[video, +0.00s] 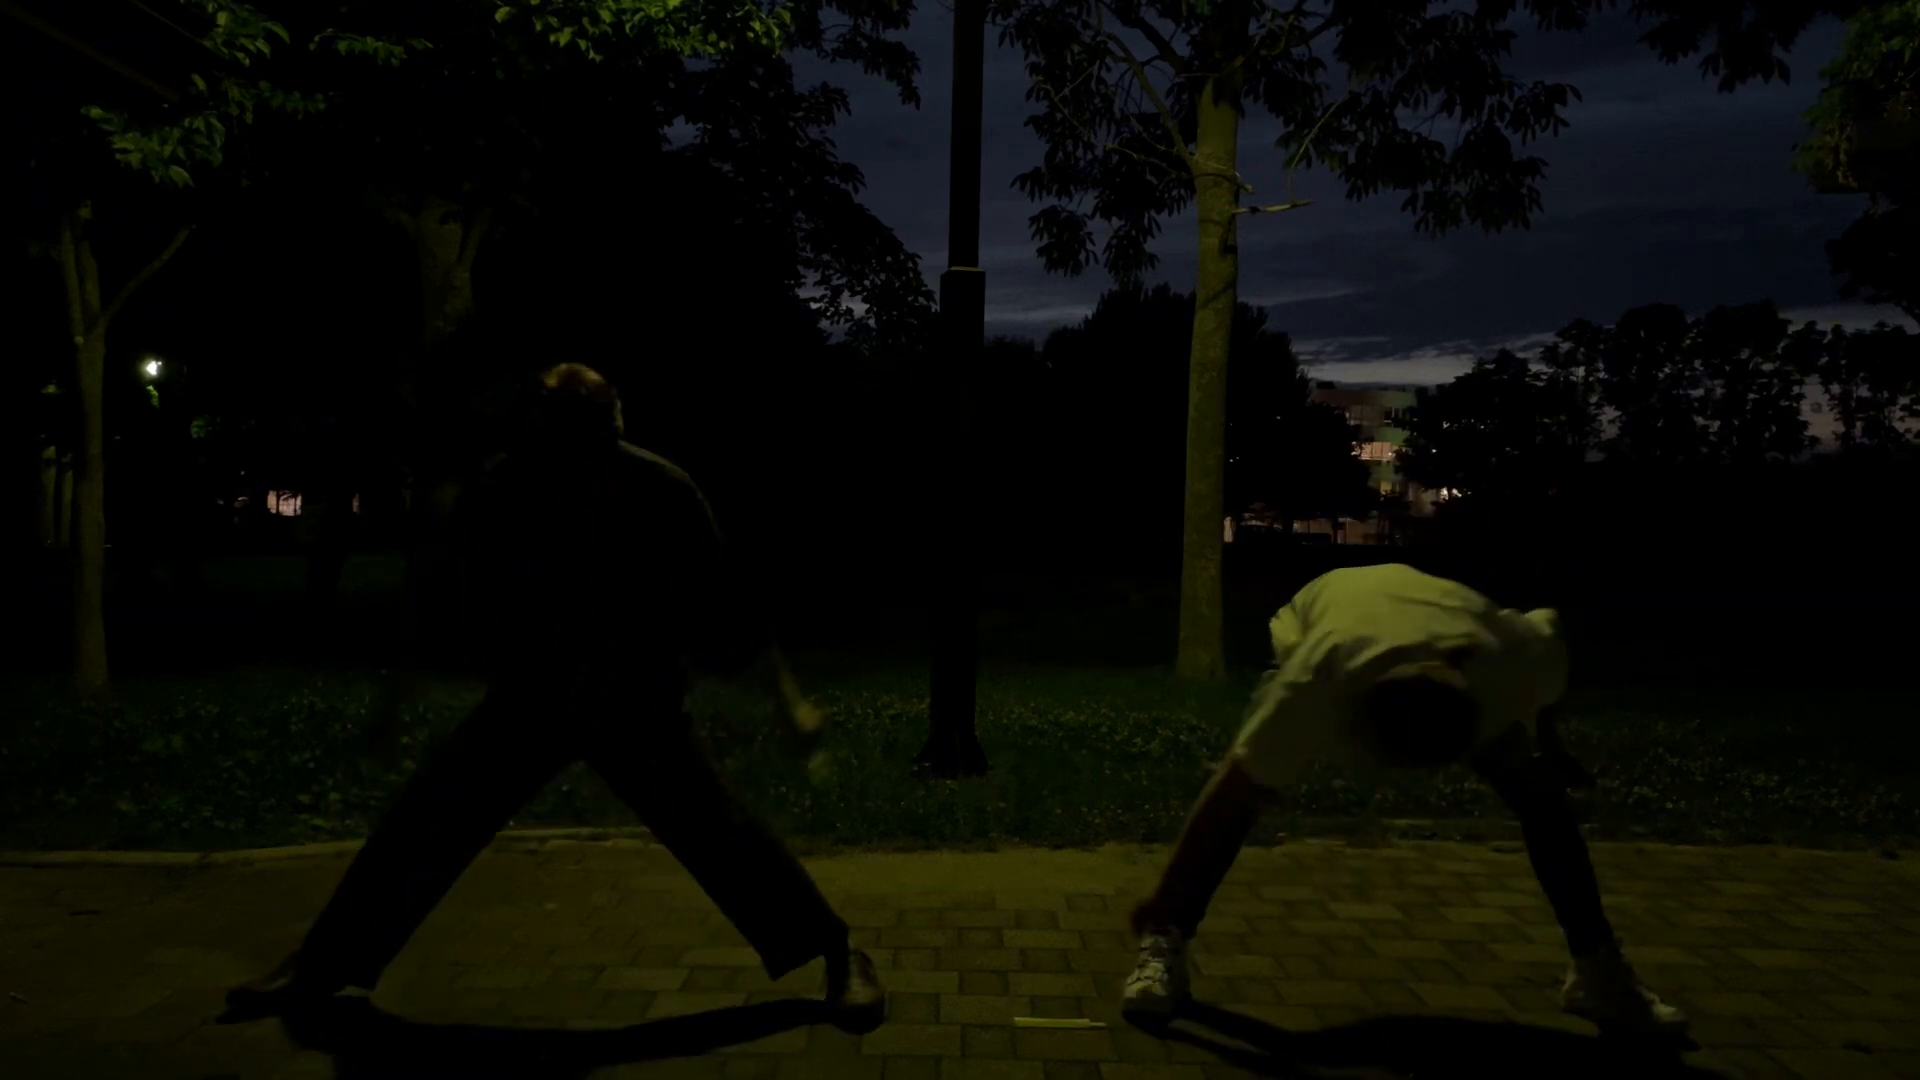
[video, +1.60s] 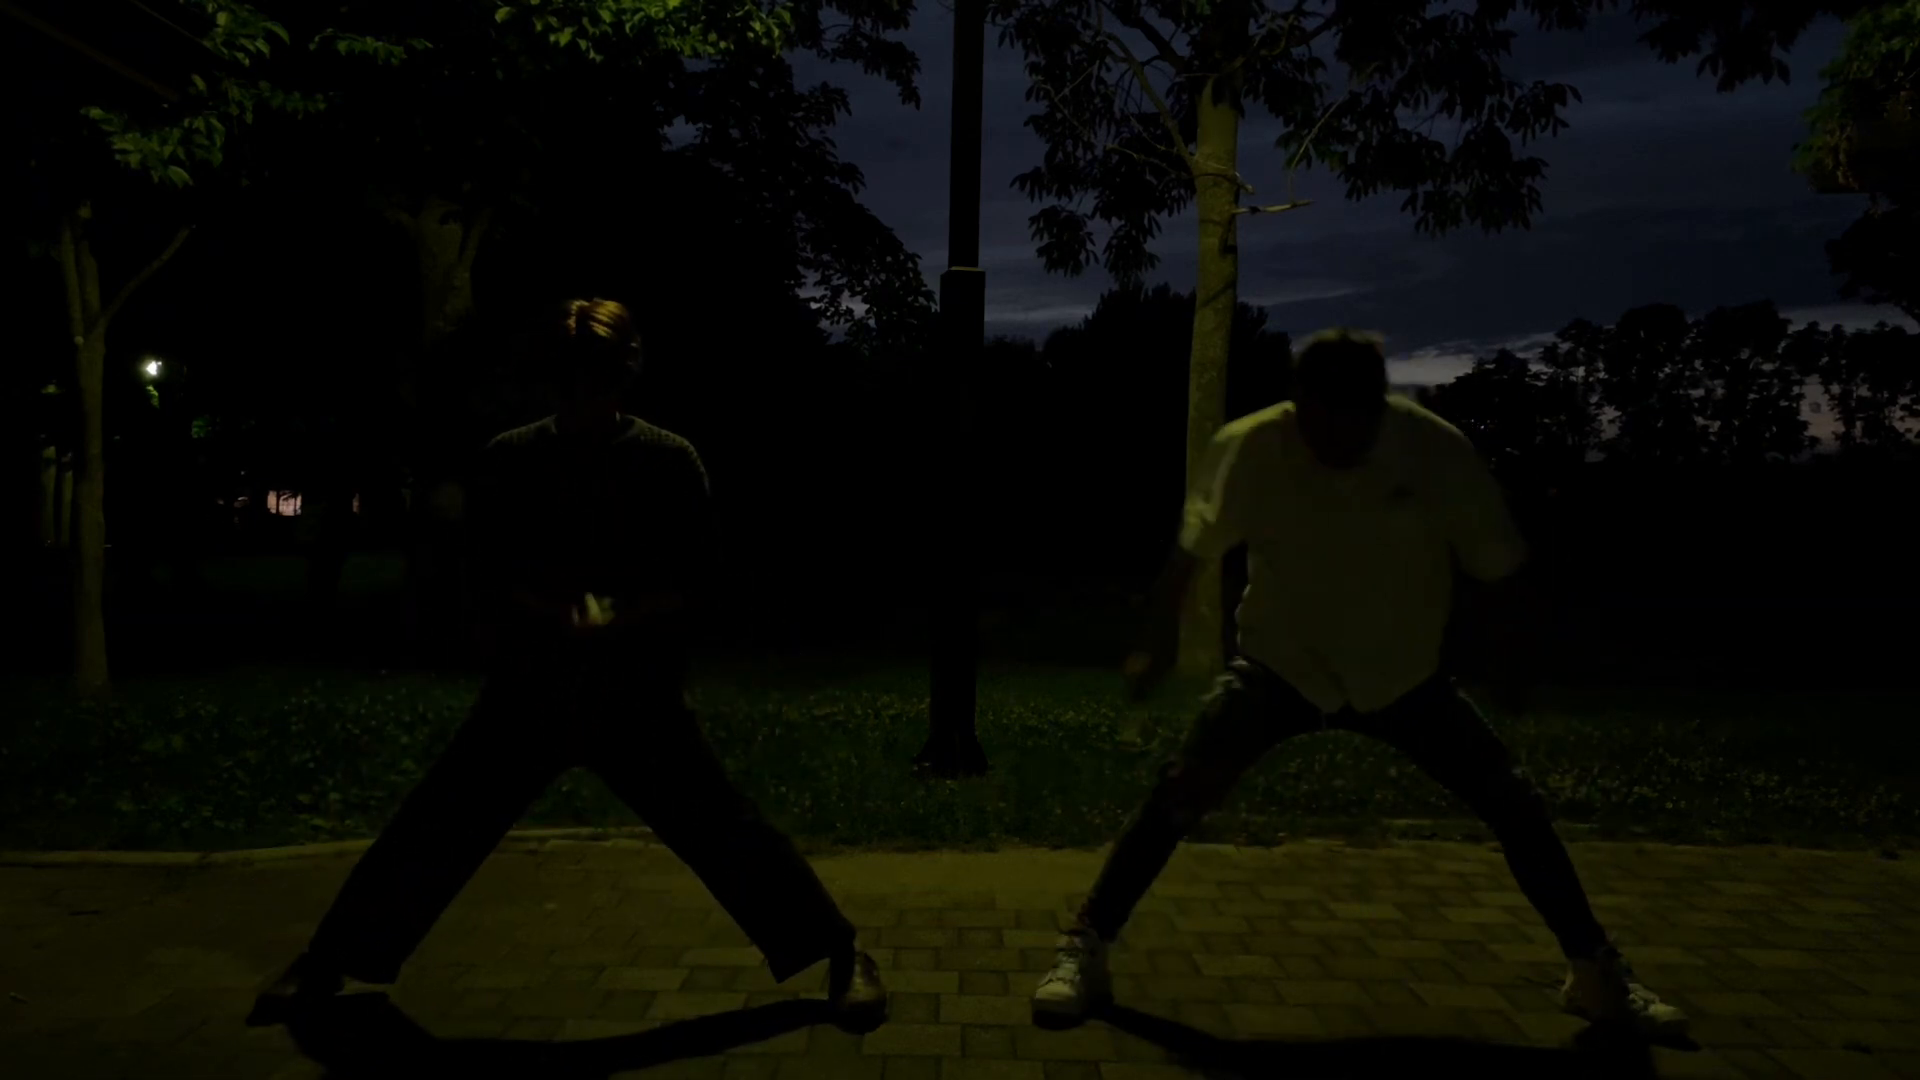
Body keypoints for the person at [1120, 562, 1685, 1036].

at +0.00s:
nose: (1410, 764)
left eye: (1428, 752)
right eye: (1399, 754)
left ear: (1463, 707)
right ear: (1370, 717)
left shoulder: (1512, 654)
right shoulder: (1316, 677)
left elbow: (1557, 640)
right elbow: (1230, 788)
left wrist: (1556, 751)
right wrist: (1161, 916)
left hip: (1441, 600)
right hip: (1318, 612)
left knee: (1544, 805)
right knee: (1247, 793)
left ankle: (1603, 974)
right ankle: (1164, 947)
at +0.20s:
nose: (1323, 771)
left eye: (1341, 761)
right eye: (1314, 762)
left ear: (1373, 719)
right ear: (1290, 732)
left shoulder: (1438, 675)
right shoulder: (1245, 707)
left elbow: (1518, 651)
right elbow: (1180, 810)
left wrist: (1523, 752)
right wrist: (1114, 929)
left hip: (1393, 609)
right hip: (1276, 616)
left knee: (1515, 799)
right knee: (1206, 797)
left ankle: (1600, 974)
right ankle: (1163, 955)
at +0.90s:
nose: (1256, 757)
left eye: (1270, 747)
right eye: (1247, 743)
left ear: (1313, 712)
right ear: (1231, 707)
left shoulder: (1394, 666)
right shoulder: (1215, 688)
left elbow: (1481, 674)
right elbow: (1148, 804)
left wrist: (1508, 765)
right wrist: (1074, 913)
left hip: (1388, 625)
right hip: (1270, 622)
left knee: (1511, 807)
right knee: (1195, 792)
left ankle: (1601, 975)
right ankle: (1160, 956)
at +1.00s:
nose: (1305, 707)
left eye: (1320, 692)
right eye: (1294, 689)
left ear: (1356, 659)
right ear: (1270, 653)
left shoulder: (1423, 614)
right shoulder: (1238, 634)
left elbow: (1498, 678)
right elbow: (1157, 718)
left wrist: (1529, 768)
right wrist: (1108, 803)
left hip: (1411, 683)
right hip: (1287, 702)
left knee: (1520, 802)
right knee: (1218, 792)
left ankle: (1600, 973)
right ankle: (1161, 951)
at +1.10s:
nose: (1342, 636)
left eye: (1357, 623)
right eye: (1329, 620)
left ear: (1392, 587)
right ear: (1304, 588)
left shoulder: (1455, 574)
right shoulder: (1267, 576)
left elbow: (1511, 676)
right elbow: (1188, 643)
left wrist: (1546, 767)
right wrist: (1142, 721)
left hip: (1424, 668)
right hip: (1304, 670)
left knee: (1533, 803)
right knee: (1236, 788)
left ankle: (1601, 975)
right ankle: (1162, 951)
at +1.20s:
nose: (1374, 546)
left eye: (1389, 531)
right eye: (1366, 528)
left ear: (1424, 504)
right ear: (1346, 494)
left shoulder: (1483, 516)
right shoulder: (1300, 488)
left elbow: (1527, 636)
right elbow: (1253, 572)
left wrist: (1547, 726)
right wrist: (1216, 631)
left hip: (1438, 654)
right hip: (1323, 646)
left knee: (1541, 798)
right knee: (1240, 774)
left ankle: (1601, 973)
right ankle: (1155, 947)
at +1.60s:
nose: (1338, 439)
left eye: (1354, 422)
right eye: (1325, 422)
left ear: (1379, 408)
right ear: (1299, 406)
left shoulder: (1432, 451)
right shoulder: (1246, 451)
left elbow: (1500, 565)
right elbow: (1195, 551)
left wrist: (1513, 668)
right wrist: (1158, 643)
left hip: (1404, 675)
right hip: (1277, 673)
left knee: (1517, 808)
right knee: (1179, 794)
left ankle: (1601, 979)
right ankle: (1085, 953)